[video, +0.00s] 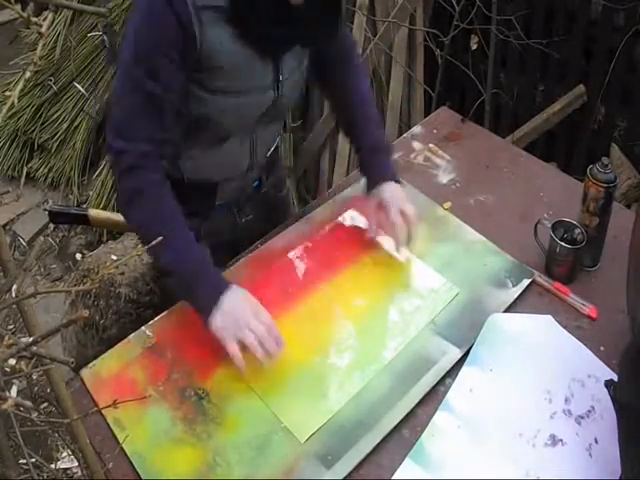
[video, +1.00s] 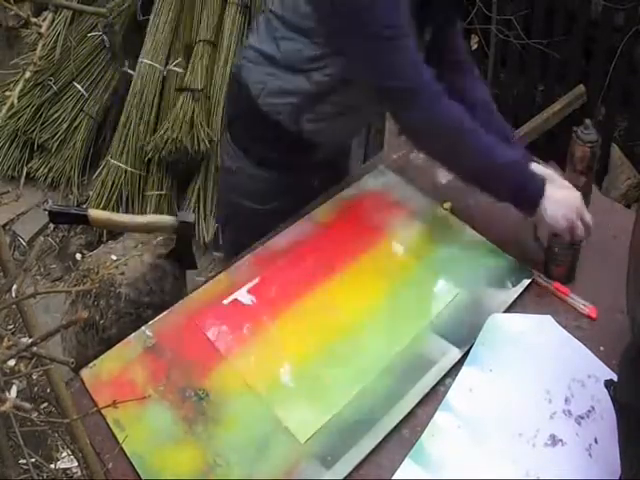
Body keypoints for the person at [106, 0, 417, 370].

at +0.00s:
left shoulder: (312, 11)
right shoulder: (169, 14)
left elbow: (341, 63)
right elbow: (135, 165)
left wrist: (382, 176)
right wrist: (214, 295)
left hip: (266, 183)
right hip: (192, 208)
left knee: (296, 307)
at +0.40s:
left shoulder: (289, 13)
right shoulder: (157, 17)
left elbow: (321, 97)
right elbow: (156, 190)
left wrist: (375, 206)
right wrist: (267, 315)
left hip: (244, 192)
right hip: (171, 215)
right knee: (194, 349)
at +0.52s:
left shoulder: (292, 14)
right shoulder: (158, 22)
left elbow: (329, 99)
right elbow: (169, 193)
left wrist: (390, 219)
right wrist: (266, 342)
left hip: (240, 186)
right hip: (166, 210)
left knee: (271, 304)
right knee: (176, 342)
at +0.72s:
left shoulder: (374, 6)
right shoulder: (235, 9)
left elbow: (431, 48)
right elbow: (196, 117)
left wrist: (520, 117)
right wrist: (285, 193)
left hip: (299, 204)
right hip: (224, 210)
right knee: (218, 347)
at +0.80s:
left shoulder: (422, 6)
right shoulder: (275, 6)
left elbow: (464, 75)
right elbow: (231, 66)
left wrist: (552, 162)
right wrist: (311, 155)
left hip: (332, 173)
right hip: (254, 173)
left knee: (320, 312)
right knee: (255, 316)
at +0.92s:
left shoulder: (423, 9)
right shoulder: (325, 8)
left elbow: (443, 64)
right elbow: (331, 109)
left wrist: (518, 140)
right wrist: (451, 178)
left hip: (345, 140)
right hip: (269, 139)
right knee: (261, 290)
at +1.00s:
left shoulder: (428, 8)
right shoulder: (359, 8)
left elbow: (453, 65)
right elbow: (413, 101)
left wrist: (523, 166)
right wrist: (532, 193)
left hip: (335, 131)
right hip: (271, 124)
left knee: (321, 281)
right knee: (258, 293)